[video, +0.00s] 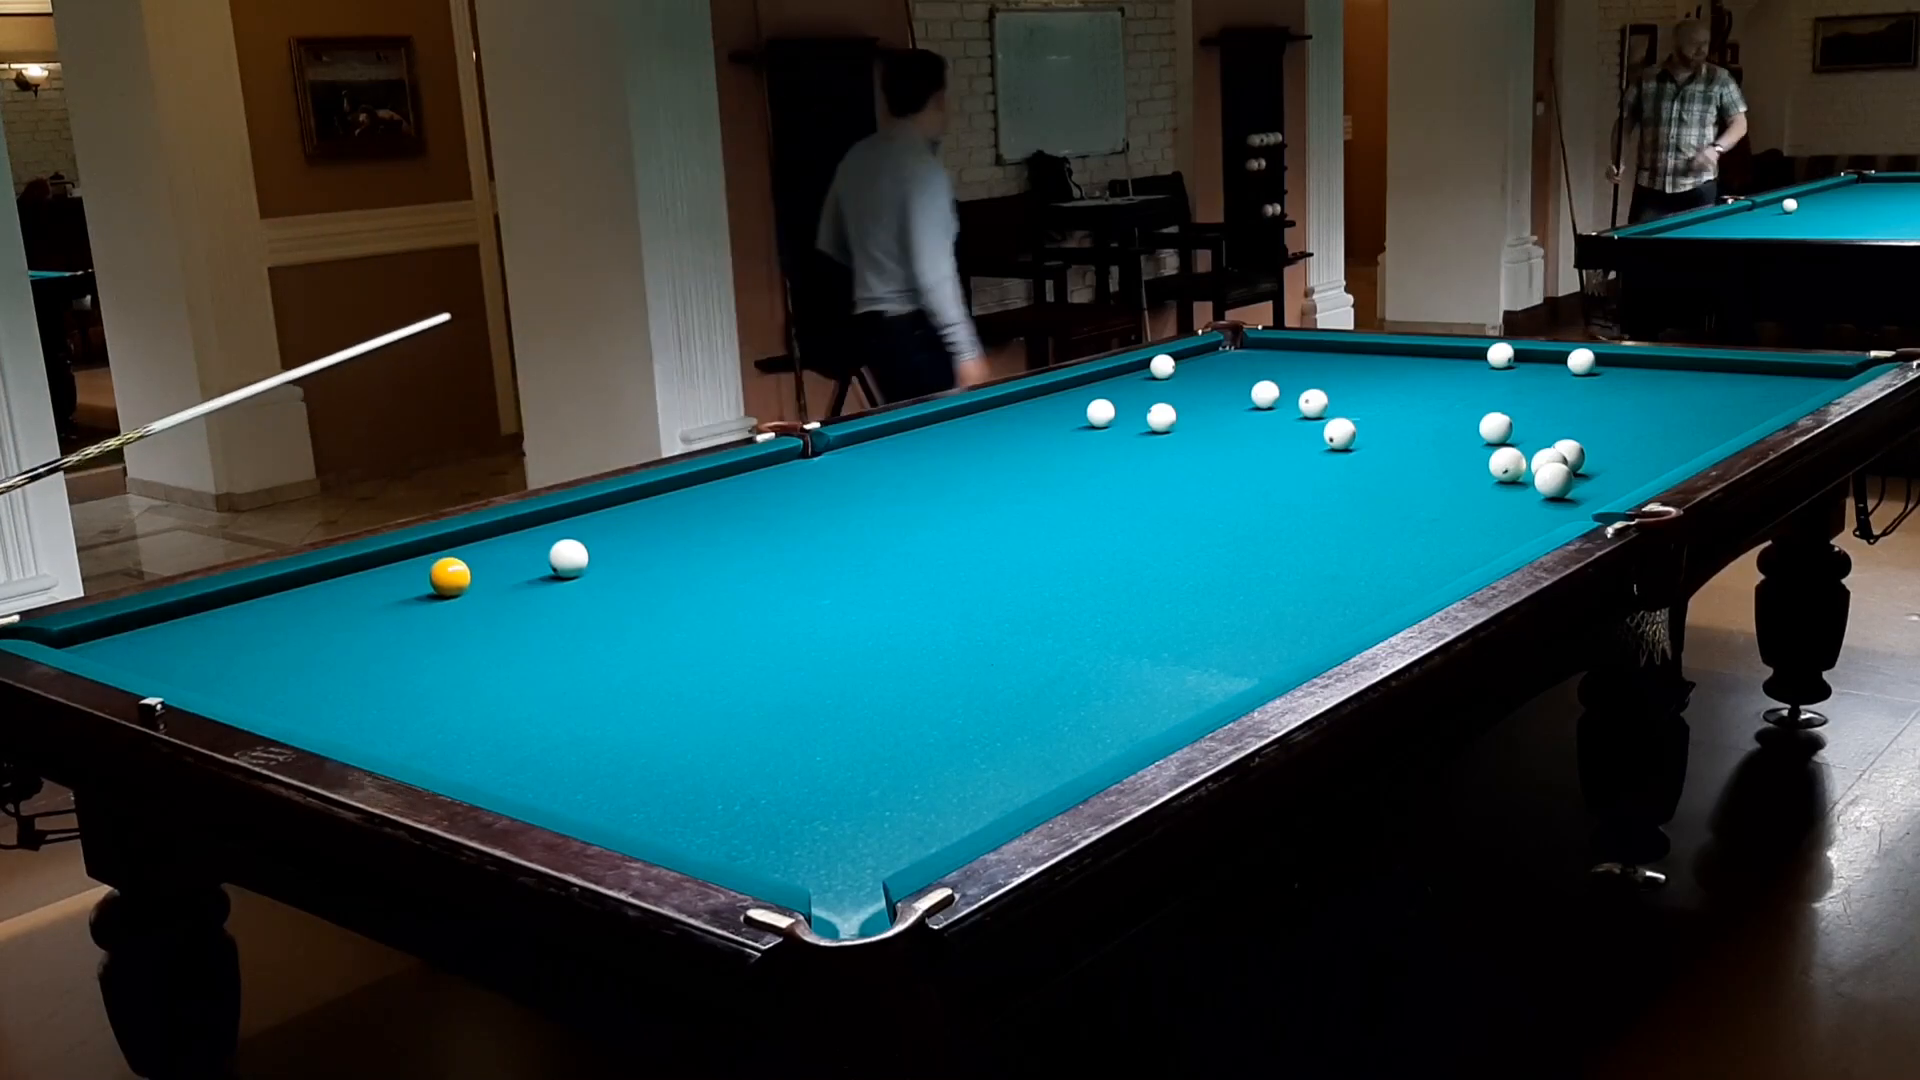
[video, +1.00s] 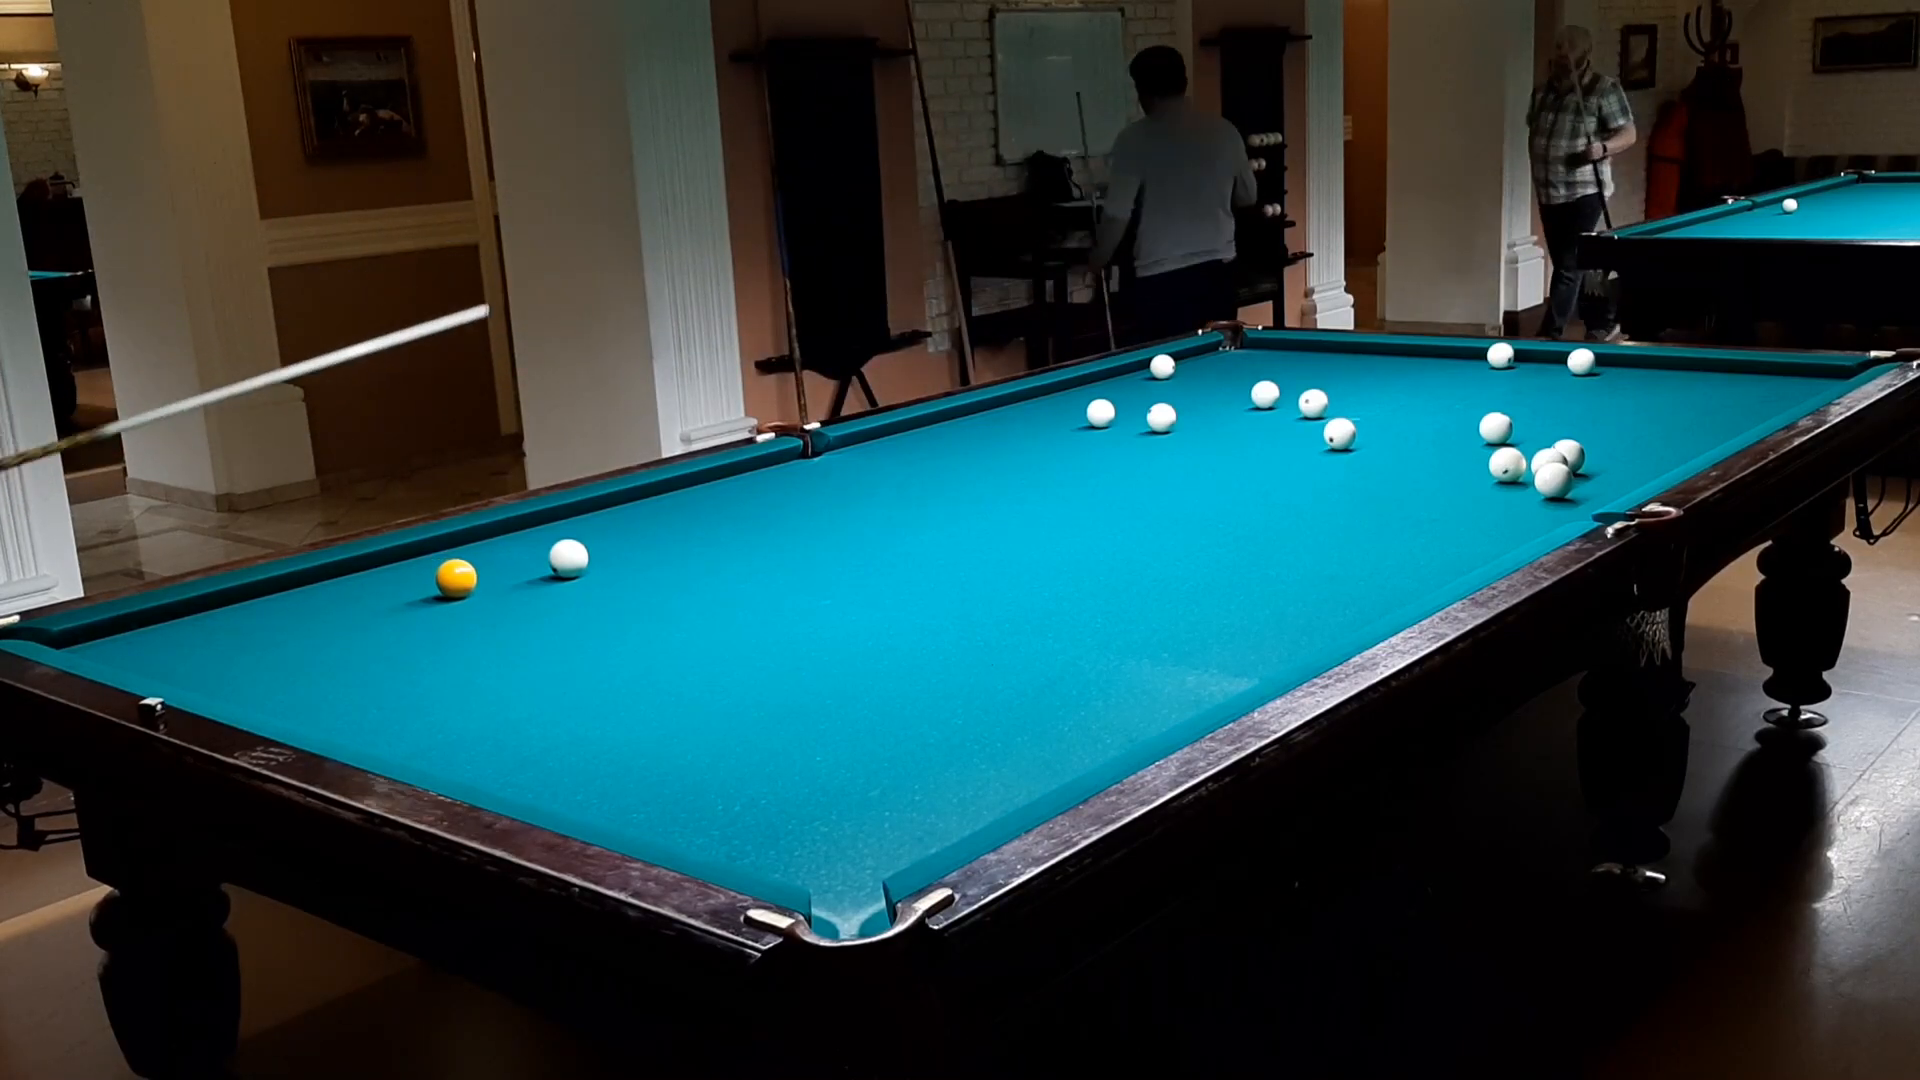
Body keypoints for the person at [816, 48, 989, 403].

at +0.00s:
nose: (947, 107)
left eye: (944, 96)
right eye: (945, 96)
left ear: (891, 97)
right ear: (935, 99)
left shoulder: (857, 160)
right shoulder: (922, 169)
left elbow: (830, 241)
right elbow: (934, 272)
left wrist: (880, 261)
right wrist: (967, 352)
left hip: (870, 326)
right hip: (915, 325)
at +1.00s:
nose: (1137, 96)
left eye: (1137, 88)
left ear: (1141, 91)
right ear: (1185, 82)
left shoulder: (1135, 138)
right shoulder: (1223, 130)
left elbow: (1117, 213)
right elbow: (1248, 195)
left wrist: (1098, 262)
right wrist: (1208, 194)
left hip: (1160, 276)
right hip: (1219, 269)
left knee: (1162, 370)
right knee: (1219, 369)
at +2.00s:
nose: (1163, 99)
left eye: (1163, 88)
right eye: (1160, 89)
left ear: (1178, 80)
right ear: (1199, 74)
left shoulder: (1199, 115)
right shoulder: (1235, 111)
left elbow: (1214, 177)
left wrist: (1163, 219)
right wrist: (1175, 178)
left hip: (1209, 250)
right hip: (1241, 244)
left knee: (1193, 346)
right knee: (1229, 342)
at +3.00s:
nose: (1130, 99)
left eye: (1130, 90)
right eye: (1128, 91)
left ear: (1144, 84)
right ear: (1168, 75)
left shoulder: (1164, 120)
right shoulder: (1210, 111)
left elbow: (1176, 188)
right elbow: (1217, 178)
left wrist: (1142, 241)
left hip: (1185, 254)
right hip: (1224, 246)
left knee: (1183, 350)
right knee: (1222, 342)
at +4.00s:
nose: (1123, 103)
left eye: (1121, 94)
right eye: (1120, 95)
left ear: (1131, 87)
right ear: (1159, 77)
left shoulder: (1153, 120)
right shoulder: (1201, 110)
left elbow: (1167, 183)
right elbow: (1207, 176)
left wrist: (1137, 242)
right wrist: (1141, 186)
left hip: (1181, 253)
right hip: (1221, 243)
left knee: (1181, 347)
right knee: (1220, 340)